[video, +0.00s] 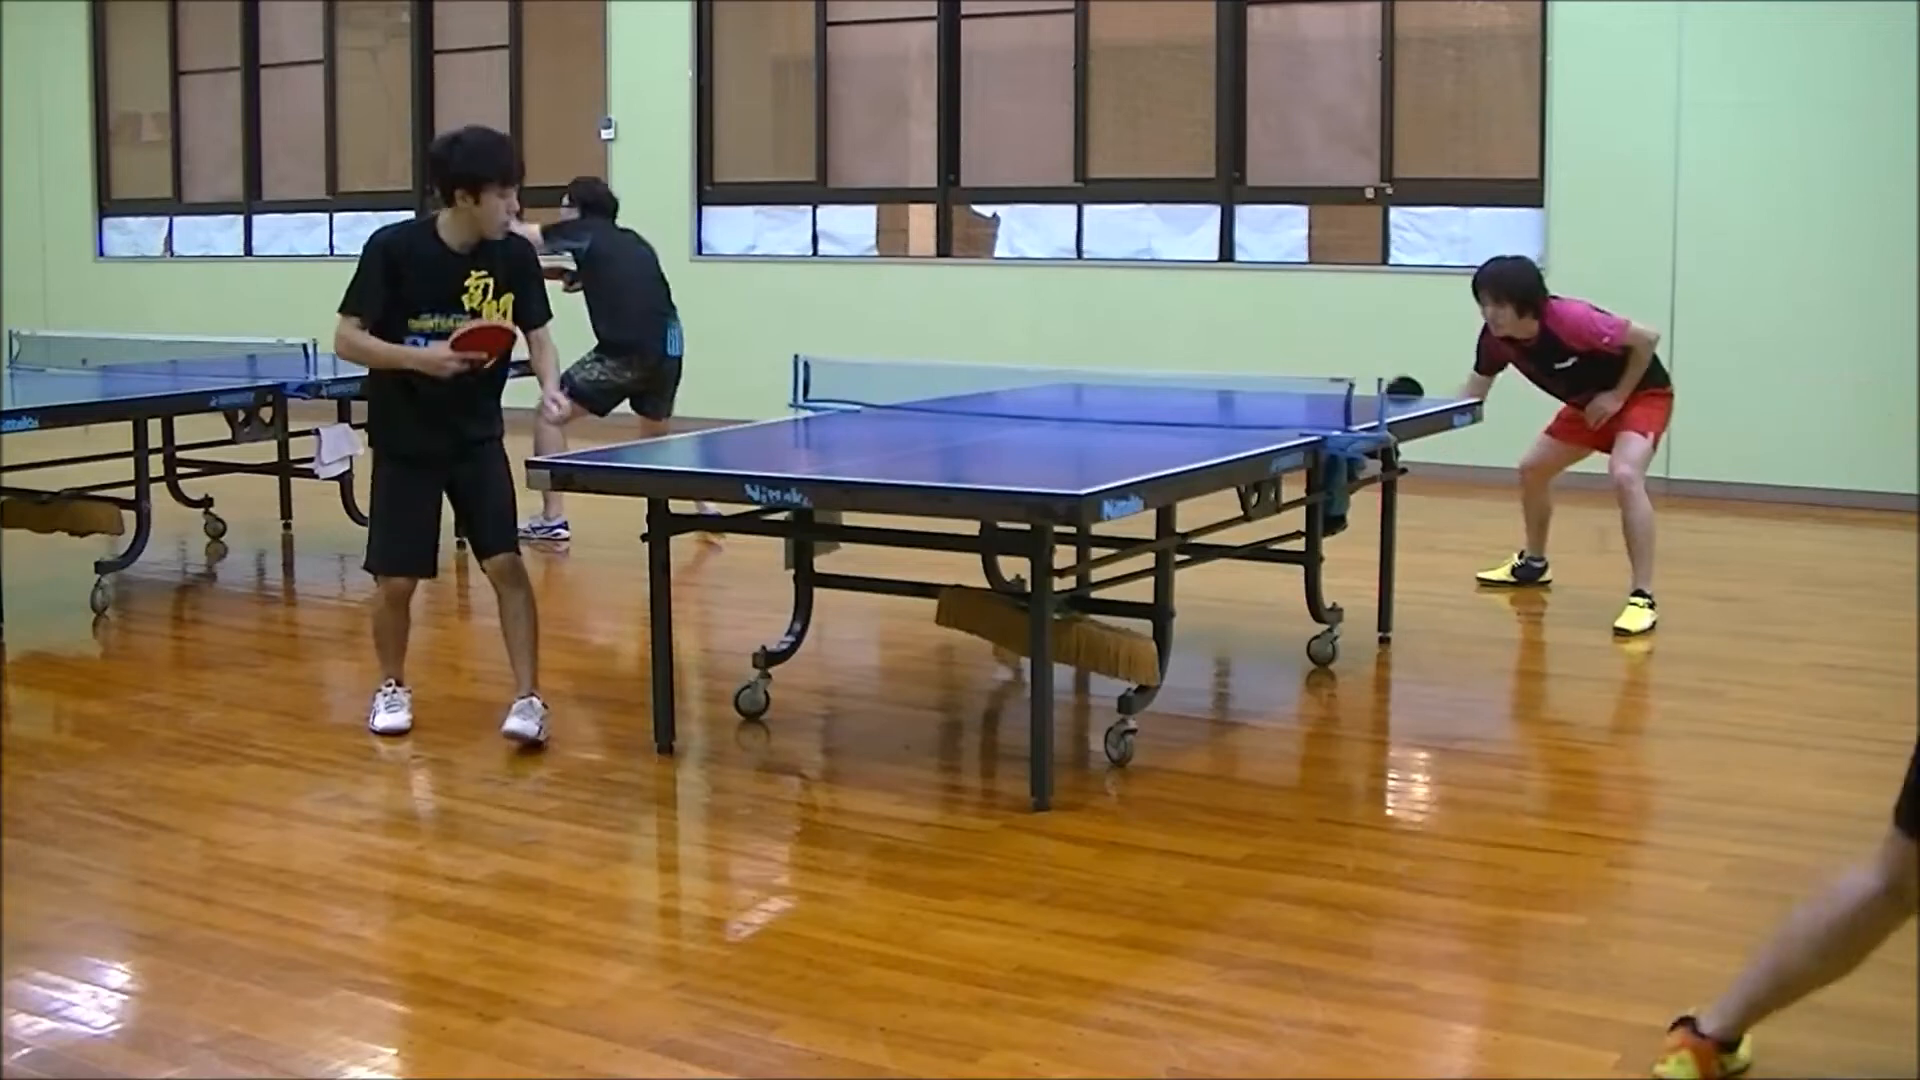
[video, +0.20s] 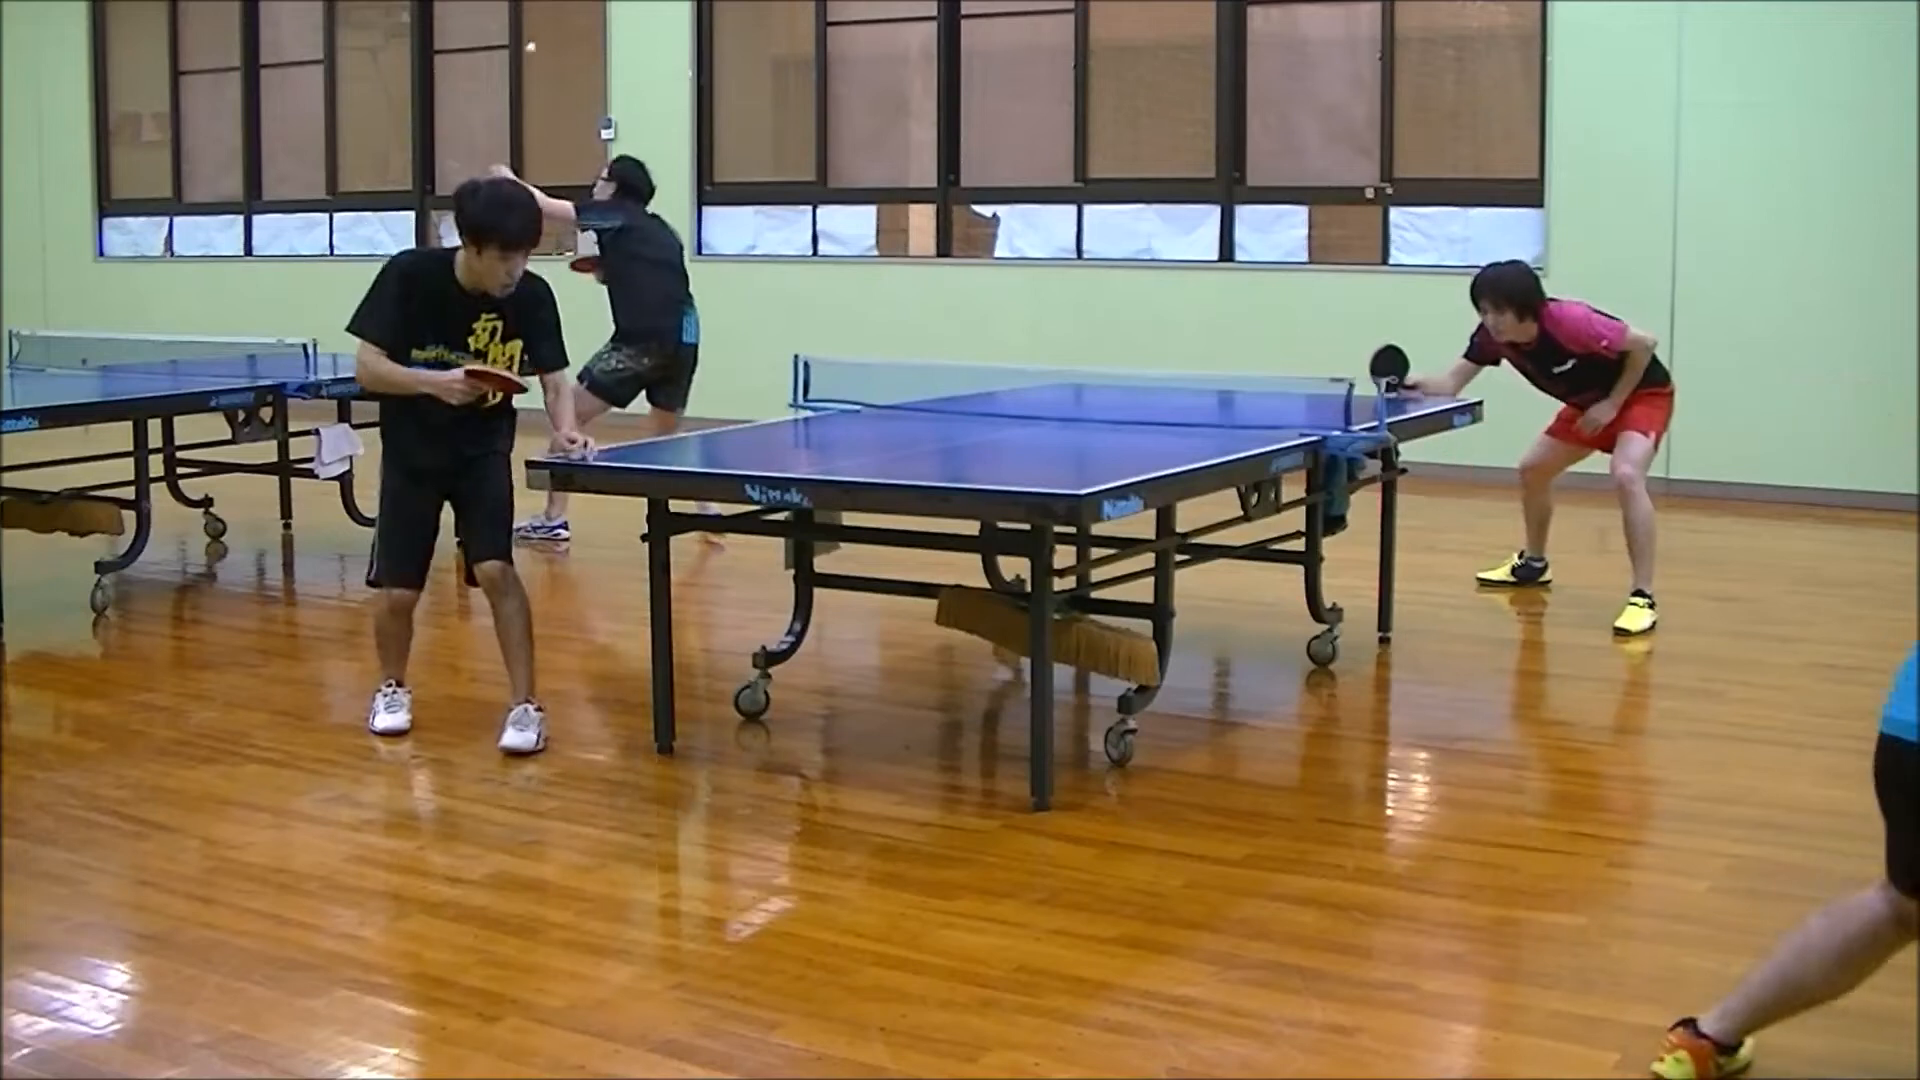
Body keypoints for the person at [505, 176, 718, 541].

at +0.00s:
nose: (562, 211)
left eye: (566, 206)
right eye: (564, 205)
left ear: (579, 209)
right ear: (607, 211)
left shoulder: (585, 231)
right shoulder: (635, 240)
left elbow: (529, 234)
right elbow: (622, 274)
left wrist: (503, 218)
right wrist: (583, 277)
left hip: (625, 352)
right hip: (668, 355)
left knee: (548, 417)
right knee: (655, 437)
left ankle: (552, 519)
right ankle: (706, 508)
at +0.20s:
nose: (594, 188)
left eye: (600, 182)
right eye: (597, 181)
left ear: (616, 188)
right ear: (642, 194)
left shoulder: (617, 212)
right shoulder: (663, 230)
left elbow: (550, 208)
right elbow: (647, 271)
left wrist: (509, 181)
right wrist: (602, 266)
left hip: (640, 341)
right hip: (682, 346)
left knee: (569, 417)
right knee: (665, 434)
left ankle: (553, 519)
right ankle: (708, 509)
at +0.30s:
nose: (610, 181)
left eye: (614, 175)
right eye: (612, 174)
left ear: (629, 182)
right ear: (657, 189)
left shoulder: (624, 210)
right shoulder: (678, 226)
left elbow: (554, 211)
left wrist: (511, 202)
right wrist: (659, 273)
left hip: (649, 334)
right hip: (692, 340)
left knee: (582, 417)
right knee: (676, 431)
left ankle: (558, 517)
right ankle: (709, 513)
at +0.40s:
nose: (621, 176)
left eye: (626, 171)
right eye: (624, 170)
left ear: (639, 179)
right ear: (667, 185)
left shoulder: (631, 207)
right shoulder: (691, 219)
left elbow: (565, 220)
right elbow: (730, 272)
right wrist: (692, 285)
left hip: (656, 327)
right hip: (700, 332)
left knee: (592, 416)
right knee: (683, 425)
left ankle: (562, 515)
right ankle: (711, 512)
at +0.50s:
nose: (627, 176)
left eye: (633, 172)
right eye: (630, 171)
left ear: (645, 180)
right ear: (672, 186)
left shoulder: (632, 208)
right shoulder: (694, 218)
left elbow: (567, 231)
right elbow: (741, 262)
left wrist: (544, 252)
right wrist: (726, 284)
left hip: (657, 326)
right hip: (702, 331)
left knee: (592, 409)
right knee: (691, 423)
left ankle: (579, 513)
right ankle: (713, 514)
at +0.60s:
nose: (626, 185)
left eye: (631, 180)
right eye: (629, 179)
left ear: (643, 187)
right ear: (673, 193)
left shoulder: (629, 213)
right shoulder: (692, 221)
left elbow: (571, 237)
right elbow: (748, 259)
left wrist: (577, 251)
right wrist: (766, 247)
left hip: (657, 325)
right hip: (701, 331)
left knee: (591, 403)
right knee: (694, 419)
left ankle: (603, 506)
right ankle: (711, 510)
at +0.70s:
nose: (620, 198)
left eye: (624, 193)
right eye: (622, 192)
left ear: (634, 198)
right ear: (665, 203)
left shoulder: (617, 225)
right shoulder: (683, 231)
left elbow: (565, 246)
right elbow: (742, 263)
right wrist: (759, 231)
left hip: (652, 334)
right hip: (698, 337)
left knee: (582, 404)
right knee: (692, 423)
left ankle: (622, 496)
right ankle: (711, 508)